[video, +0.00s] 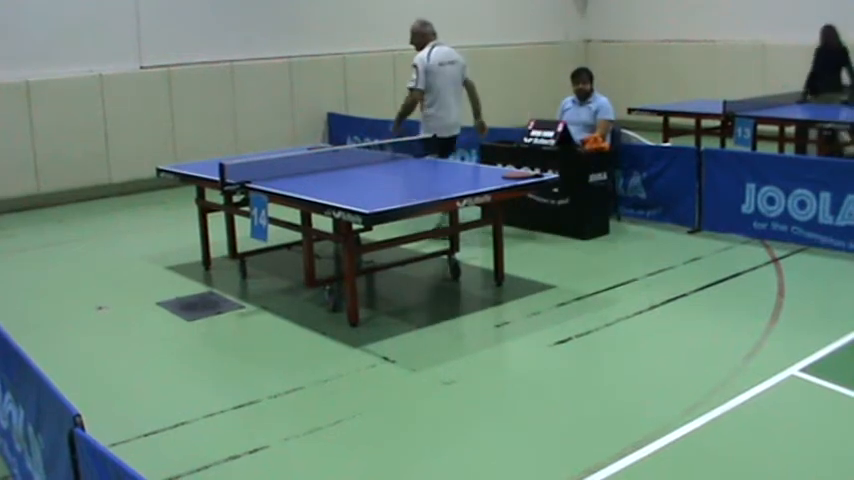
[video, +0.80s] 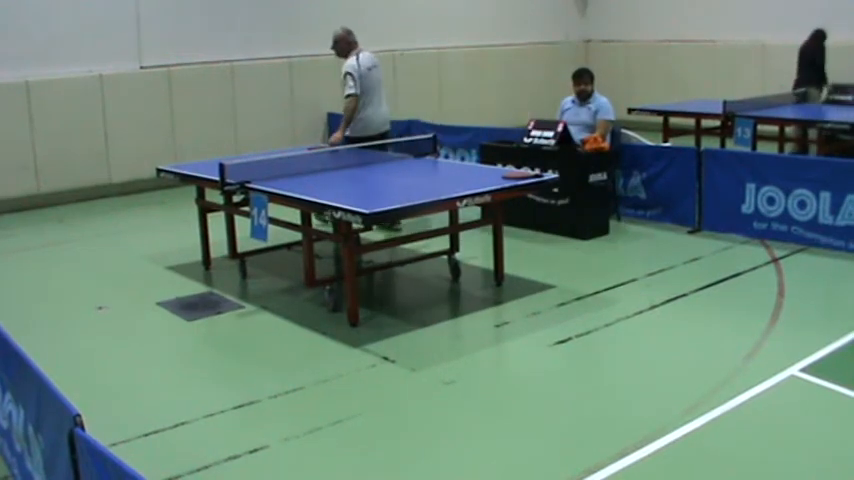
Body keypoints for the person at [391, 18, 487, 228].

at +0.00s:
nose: (411, 42)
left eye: (413, 37)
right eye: (411, 37)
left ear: (423, 36)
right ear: (432, 35)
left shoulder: (422, 59)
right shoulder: (455, 55)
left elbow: (415, 96)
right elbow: (469, 86)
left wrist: (398, 121)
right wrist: (478, 118)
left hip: (432, 129)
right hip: (453, 128)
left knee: (427, 174)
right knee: (443, 173)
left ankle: (444, 218)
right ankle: (448, 216)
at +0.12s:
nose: (400, 46)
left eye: (401, 42)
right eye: (399, 42)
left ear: (410, 39)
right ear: (420, 38)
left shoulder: (410, 62)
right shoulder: (442, 56)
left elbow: (399, 98)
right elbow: (460, 85)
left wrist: (380, 121)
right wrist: (471, 116)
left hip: (422, 131)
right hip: (443, 129)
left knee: (416, 175)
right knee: (430, 174)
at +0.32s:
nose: (379, 51)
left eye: (380, 47)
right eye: (379, 47)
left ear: (387, 44)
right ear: (400, 41)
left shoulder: (390, 64)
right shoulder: (421, 59)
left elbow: (379, 101)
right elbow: (438, 87)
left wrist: (357, 126)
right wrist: (439, 117)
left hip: (403, 134)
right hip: (426, 131)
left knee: (399, 176)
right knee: (431, 174)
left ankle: (394, 218)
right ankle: (439, 215)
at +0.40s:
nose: (372, 50)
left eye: (373, 46)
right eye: (371, 46)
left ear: (381, 43)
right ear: (392, 40)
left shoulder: (383, 64)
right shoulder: (413, 58)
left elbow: (372, 101)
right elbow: (427, 86)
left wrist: (351, 127)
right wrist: (422, 115)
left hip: (395, 134)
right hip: (419, 131)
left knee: (391, 175)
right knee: (423, 177)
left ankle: (392, 218)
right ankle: (430, 224)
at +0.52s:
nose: (360, 49)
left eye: (362, 44)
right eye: (360, 44)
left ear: (372, 42)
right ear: (381, 40)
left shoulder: (374, 64)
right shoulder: (400, 56)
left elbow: (366, 99)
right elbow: (412, 84)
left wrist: (346, 128)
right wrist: (400, 107)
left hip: (383, 129)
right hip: (406, 126)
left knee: (376, 170)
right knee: (402, 170)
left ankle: (385, 215)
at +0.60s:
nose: (354, 48)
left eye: (355, 44)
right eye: (354, 44)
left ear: (365, 42)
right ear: (375, 39)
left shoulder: (369, 64)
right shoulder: (392, 55)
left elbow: (362, 99)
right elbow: (402, 83)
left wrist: (344, 129)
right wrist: (380, 100)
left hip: (376, 127)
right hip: (398, 125)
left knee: (368, 169)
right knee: (394, 169)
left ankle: (373, 215)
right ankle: (394, 216)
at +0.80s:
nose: (334, 52)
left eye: (336, 47)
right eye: (333, 47)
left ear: (345, 45)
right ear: (354, 43)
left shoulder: (351, 66)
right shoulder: (371, 58)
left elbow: (352, 101)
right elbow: (374, 92)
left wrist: (341, 131)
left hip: (361, 129)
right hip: (382, 126)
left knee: (353, 171)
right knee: (381, 170)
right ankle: (389, 214)